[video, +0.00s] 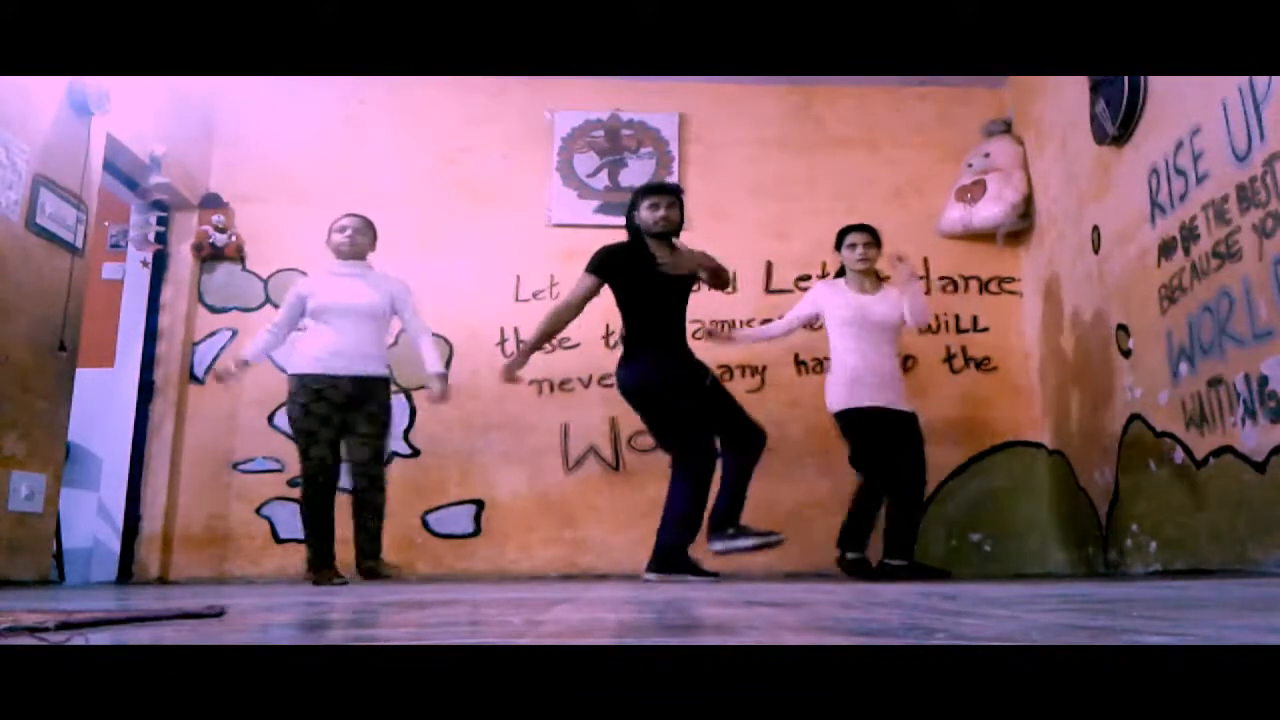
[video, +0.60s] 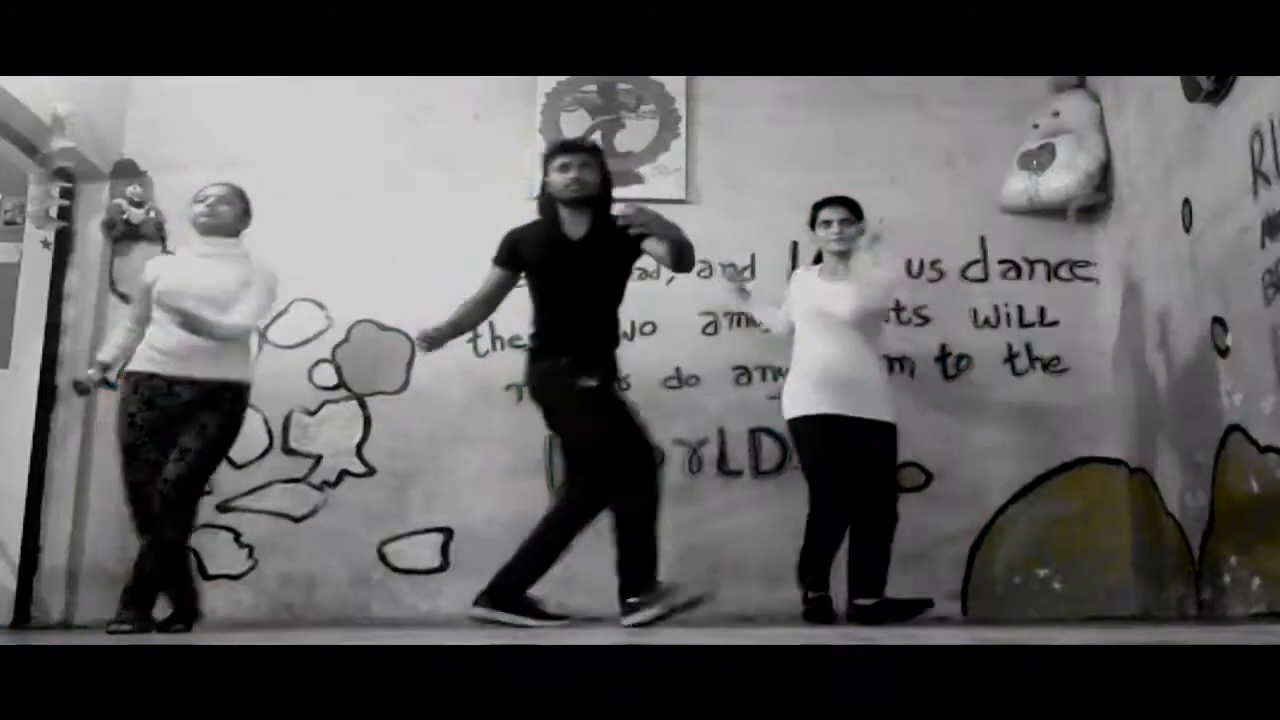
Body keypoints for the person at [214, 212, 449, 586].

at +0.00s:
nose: (348, 234)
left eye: (357, 230)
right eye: (341, 229)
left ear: (372, 244)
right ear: (327, 242)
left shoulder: (390, 286)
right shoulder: (309, 284)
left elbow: (418, 330)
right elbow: (277, 329)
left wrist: (435, 372)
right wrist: (243, 357)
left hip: (369, 388)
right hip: (314, 387)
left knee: (369, 476)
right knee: (319, 477)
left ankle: (369, 560)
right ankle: (321, 565)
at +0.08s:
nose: (341, 228)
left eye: (351, 224)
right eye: (334, 224)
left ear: (366, 239)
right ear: (321, 237)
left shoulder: (379, 280)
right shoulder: (301, 282)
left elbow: (414, 327)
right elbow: (267, 327)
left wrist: (442, 375)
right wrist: (221, 337)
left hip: (358, 380)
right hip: (305, 382)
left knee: (337, 458)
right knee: (312, 470)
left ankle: (358, 555)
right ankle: (330, 560)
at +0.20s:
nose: (330, 228)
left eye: (341, 226)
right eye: (324, 224)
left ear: (354, 241)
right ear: (310, 235)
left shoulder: (364, 280)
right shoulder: (284, 279)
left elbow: (402, 330)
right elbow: (242, 317)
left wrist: (435, 368)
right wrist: (203, 307)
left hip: (343, 377)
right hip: (300, 382)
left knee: (289, 455)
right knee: (332, 471)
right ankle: (379, 558)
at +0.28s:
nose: (320, 237)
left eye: (330, 234)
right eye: (315, 232)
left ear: (344, 249)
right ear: (303, 242)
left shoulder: (354, 287)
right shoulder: (278, 282)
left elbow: (396, 334)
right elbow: (231, 313)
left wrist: (432, 366)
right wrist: (196, 307)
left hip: (331, 383)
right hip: (293, 388)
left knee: (268, 464)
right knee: (331, 478)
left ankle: (267, 566)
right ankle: (382, 563)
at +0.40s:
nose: (235, 212)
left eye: (248, 209)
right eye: (230, 205)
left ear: (267, 230)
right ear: (218, 216)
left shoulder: (273, 277)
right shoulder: (179, 264)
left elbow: (330, 338)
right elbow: (114, 294)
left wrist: (377, 383)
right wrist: (79, 318)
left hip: (243, 387)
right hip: (188, 393)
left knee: (179, 482)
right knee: (207, 505)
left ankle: (188, 606)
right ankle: (304, 584)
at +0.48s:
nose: (231, 205)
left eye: (245, 202)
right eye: (224, 198)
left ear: (261, 223)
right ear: (211, 209)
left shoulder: (266, 271)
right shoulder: (172, 255)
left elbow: (303, 331)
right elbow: (109, 296)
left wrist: (331, 367)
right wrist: (78, 338)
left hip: (237, 381)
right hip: (173, 383)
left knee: (190, 481)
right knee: (175, 489)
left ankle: (177, 605)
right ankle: (272, 578)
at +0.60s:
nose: (208, 203)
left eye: (222, 199)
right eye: (201, 199)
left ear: (242, 219)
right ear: (190, 213)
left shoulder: (257, 272)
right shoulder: (161, 265)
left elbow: (242, 328)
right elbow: (133, 323)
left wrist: (194, 320)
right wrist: (103, 364)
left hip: (216, 392)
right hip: (149, 387)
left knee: (173, 494)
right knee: (145, 499)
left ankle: (134, 608)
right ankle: (185, 604)